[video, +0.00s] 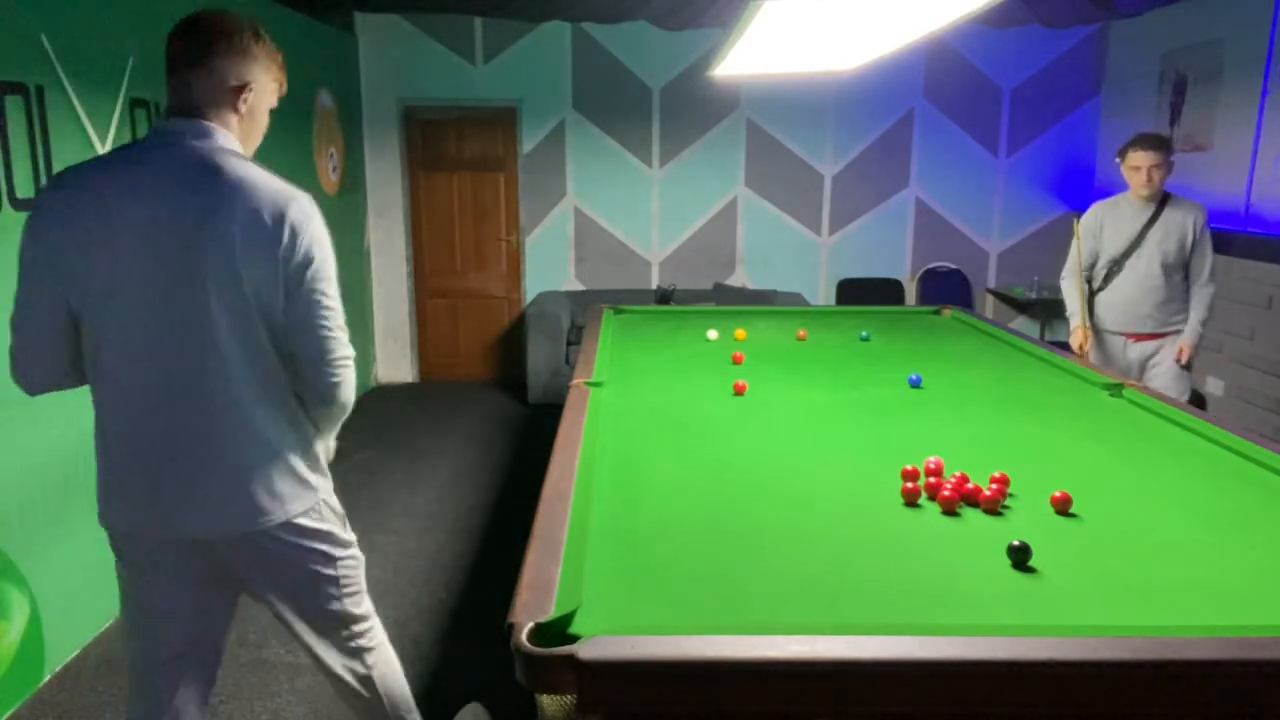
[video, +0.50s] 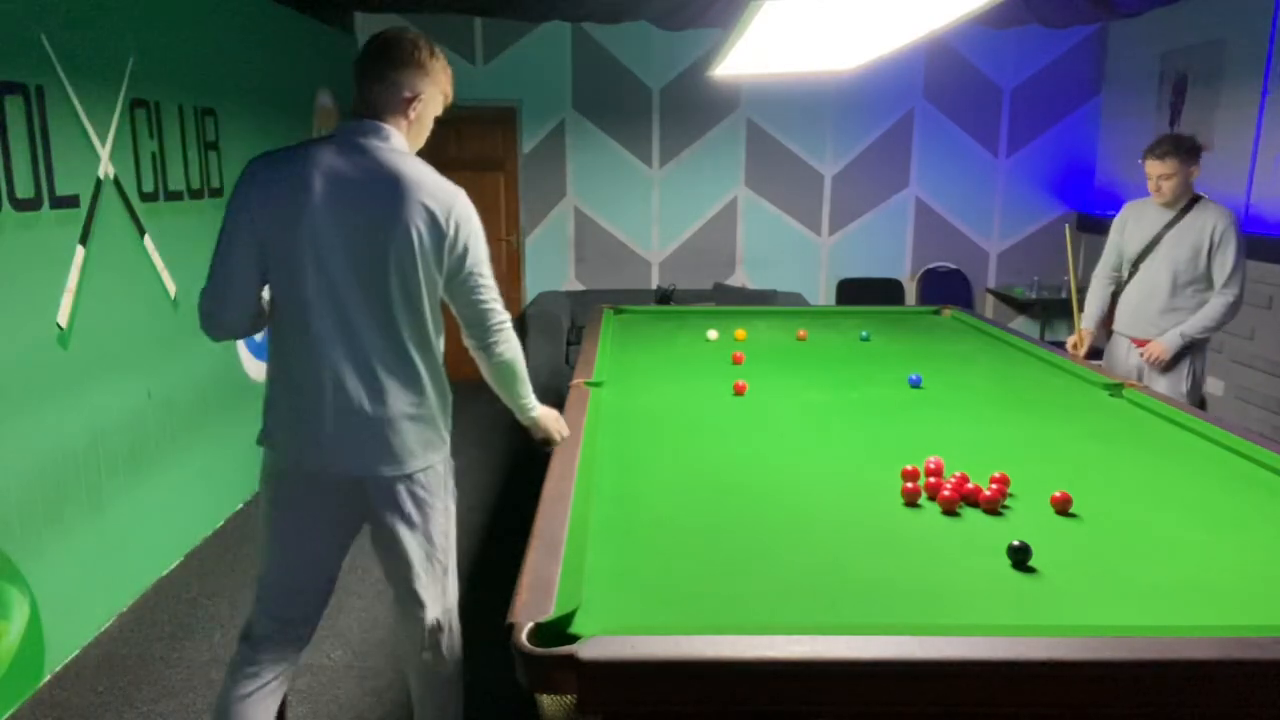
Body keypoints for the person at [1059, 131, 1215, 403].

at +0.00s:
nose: (1145, 177)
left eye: (1154, 168)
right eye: (1136, 169)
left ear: (1168, 169)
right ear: (1123, 170)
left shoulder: (1190, 217)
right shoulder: (1099, 215)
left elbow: (1202, 283)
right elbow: (1073, 274)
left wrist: (1191, 335)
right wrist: (1078, 323)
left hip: (1166, 348)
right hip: (1106, 346)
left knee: (1166, 436)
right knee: (1100, 434)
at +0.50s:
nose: (1154, 187)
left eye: (1165, 178)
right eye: (1149, 178)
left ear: (1192, 172)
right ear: (1144, 172)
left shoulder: (1217, 222)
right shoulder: (1131, 212)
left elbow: (1228, 297)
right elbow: (1106, 274)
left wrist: (1174, 340)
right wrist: (1088, 328)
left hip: (1173, 361)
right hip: (1120, 351)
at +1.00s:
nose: (1160, 190)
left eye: (1170, 181)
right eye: (1158, 181)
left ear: (1201, 174)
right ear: (1155, 176)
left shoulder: (1227, 224)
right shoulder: (1153, 213)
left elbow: (1233, 302)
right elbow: (1127, 276)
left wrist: (1172, 343)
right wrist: (1094, 329)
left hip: (1182, 366)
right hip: (1131, 352)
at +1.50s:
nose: (1130, 189)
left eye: (1137, 180)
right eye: (1127, 181)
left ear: (1167, 170)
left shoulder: (1198, 219)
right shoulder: (1124, 212)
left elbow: (1201, 294)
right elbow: (1103, 272)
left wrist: (1135, 328)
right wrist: (1081, 325)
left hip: (1160, 358)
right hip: (1110, 348)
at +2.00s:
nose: (1117, 194)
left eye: (1127, 184)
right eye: (1110, 185)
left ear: (1151, 173)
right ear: (1105, 179)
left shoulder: (1184, 218)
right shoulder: (1094, 215)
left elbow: (1200, 288)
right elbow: (1077, 275)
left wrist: (1151, 332)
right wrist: (1071, 325)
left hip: (1156, 357)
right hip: (1099, 350)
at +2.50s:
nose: (1177, 194)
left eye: (1190, 185)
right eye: (1170, 183)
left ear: (1214, 179)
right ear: (1164, 176)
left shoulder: (1238, 228)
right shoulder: (1143, 215)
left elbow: (1251, 297)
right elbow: (1112, 275)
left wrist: (1198, 329)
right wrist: (1100, 329)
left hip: (1194, 366)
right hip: (1136, 357)